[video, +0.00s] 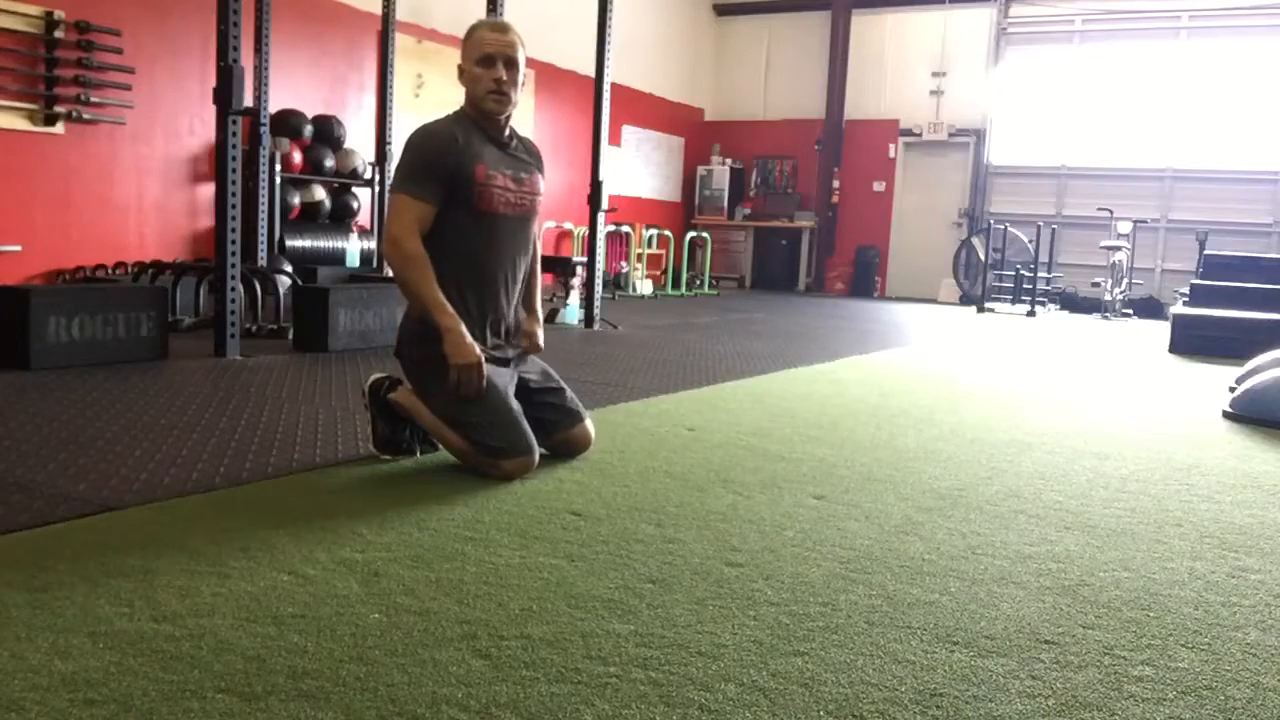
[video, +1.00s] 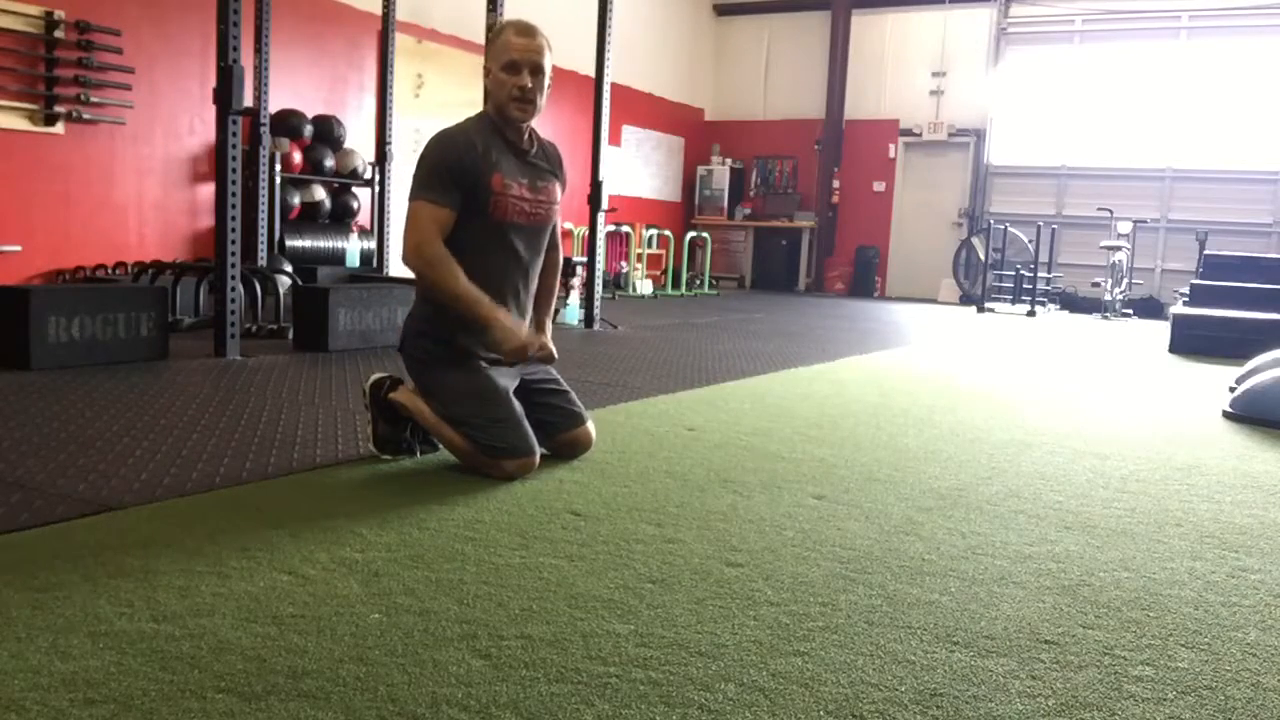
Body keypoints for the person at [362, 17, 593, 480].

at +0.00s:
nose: (501, 75)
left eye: (511, 64)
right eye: (486, 62)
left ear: (524, 76)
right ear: (462, 73)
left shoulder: (529, 154)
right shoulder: (437, 142)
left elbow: (530, 240)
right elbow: (399, 239)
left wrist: (532, 316)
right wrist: (452, 328)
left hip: (509, 342)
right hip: (447, 347)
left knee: (574, 438)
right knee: (513, 463)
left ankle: (442, 411)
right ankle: (398, 399)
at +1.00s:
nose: (524, 82)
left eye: (536, 71)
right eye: (510, 69)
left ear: (549, 80)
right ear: (486, 74)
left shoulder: (548, 157)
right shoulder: (454, 147)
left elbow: (550, 246)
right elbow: (420, 247)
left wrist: (542, 326)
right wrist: (495, 320)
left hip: (515, 340)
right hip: (449, 346)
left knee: (574, 439)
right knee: (515, 462)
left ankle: (444, 413)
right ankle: (399, 400)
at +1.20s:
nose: (530, 87)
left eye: (541, 76)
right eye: (517, 73)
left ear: (550, 82)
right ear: (485, 73)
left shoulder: (547, 158)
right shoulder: (454, 150)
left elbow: (550, 247)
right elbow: (450, 254)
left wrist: (542, 329)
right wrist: (546, 291)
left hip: (514, 344)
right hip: (450, 347)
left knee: (574, 439)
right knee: (514, 463)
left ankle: (446, 411)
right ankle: (398, 399)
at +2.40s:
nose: (535, 85)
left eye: (546, 75)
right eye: (522, 69)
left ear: (554, 84)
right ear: (491, 72)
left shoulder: (547, 161)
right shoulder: (454, 153)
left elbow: (548, 247)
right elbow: (423, 260)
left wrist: (542, 328)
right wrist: (491, 336)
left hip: (511, 338)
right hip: (447, 344)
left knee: (574, 439)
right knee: (515, 462)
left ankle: (446, 410)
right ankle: (399, 401)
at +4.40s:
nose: (530, 80)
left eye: (541, 69)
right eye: (517, 64)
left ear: (550, 80)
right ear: (487, 70)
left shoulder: (546, 160)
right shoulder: (462, 150)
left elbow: (547, 256)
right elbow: (453, 259)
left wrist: (561, 341)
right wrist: (522, 343)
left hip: (510, 340)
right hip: (447, 343)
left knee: (574, 439)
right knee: (514, 462)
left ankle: (447, 412)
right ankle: (400, 400)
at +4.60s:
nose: (531, 79)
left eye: (536, 68)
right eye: (517, 64)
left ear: (540, 77)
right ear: (478, 71)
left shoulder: (537, 163)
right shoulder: (454, 151)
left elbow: (545, 257)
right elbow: (452, 253)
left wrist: (569, 343)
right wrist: (539, 302)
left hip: (506, 345)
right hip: (446, 347)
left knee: (574, 440)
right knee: (514, 462)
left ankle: (444, 411)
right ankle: (399, 400)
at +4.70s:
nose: (529, 79)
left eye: (532, 68)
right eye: (515, 65)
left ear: (535, 75)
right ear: (474, 71)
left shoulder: (531, 162)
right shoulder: (451, 150)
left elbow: (541, 261)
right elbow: (464, 253)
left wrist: (575, 337)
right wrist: (562, 252)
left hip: (507, 346)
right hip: (446, 349)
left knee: (575, 440)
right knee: (514, 463)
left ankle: (447, 406)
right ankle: (399, 399)